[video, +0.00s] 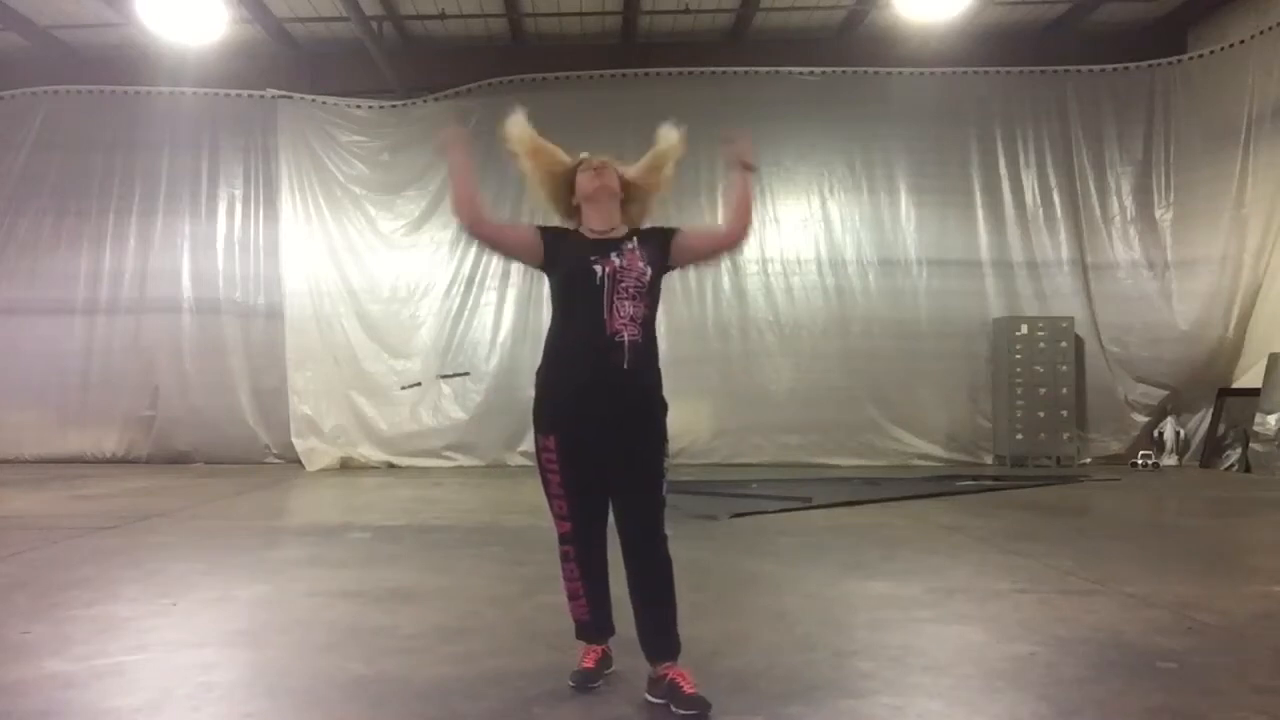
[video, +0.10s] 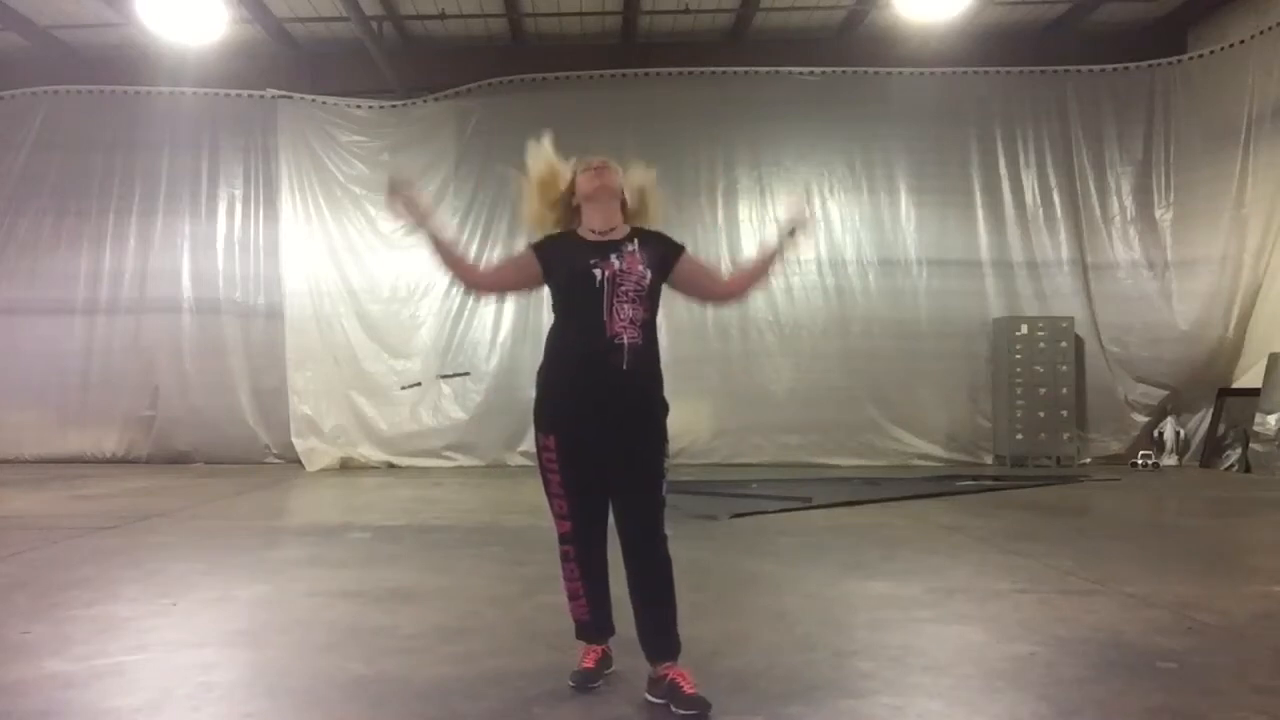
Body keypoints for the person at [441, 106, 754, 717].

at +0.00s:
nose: (596, 174)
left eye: (605, 168)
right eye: (585, 170)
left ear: (622, 186)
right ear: (573, 190)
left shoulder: (654, 244)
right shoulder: (555, 244)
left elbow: (731, 234)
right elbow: (476, 221)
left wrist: (742, 173)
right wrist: (459, 156)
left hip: (637, 411)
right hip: (567, 413)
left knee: (647, 538)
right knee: (579, 536)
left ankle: (665, 664)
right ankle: (594, 646)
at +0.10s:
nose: (599, 169)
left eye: (608, 167)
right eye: (587, 169)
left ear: (625, 189)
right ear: (573, 195)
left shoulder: (653, 247)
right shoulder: (556, 252)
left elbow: (721, 288)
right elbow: (478, 279)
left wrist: (779, 247)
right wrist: (424, 222)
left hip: (637, 413)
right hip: (568, 415)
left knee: (646, 537)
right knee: (579, 536)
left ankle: (665, 665)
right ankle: (593, 646)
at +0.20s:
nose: (596, 169)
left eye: (606, 166)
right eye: (586, 168)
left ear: (624, 186)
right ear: (573, 192)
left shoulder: (654, 248)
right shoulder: (559, 256)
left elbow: (700, 320)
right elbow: (507, 321)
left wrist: (749, 343)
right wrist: (445, 326)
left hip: (638, 413)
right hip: (569, 416)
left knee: (645, 536)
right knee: (579, 536)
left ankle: (665, 665)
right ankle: (593, 646)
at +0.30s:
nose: (595, 166)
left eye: (604, 162)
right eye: (583, 166)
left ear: (623, 184)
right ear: (571, 193)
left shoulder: (655, 246)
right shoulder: (559, 257)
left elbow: (681, 328)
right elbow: (526, 338)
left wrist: (703, 397)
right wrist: (473, 391)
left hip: (638, 415)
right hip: (568, 419)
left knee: (645, 537)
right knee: (578, 537)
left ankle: (664, 665)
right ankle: (592, 646)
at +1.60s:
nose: (630, 162)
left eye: (640, 156)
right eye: (619, 161)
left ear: (662, 175)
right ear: (608, 186)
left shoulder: (692, 240)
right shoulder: (592, 247)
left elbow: (725, 315)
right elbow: (561, 319)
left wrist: (718, 374)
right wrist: (555, 384)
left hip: (677, 407)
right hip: (607, 406)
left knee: (670, 527)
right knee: (604, 526)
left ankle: (662, 642)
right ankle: (598, 643)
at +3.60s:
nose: (632, 164)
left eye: (644, 159)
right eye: (623, 155)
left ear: (657, 178)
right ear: (604, 168)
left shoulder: (676, 239)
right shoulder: (575, 240)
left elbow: (699, 319)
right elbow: (528, 314)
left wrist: (726, 387)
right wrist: (505, 385)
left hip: (660, 405)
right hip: (590, 404)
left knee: (647, 523)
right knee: (592, 526)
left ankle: (633, 648)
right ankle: (598, 649)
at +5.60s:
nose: (635, 182)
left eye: (646, 173)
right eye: (626, 172)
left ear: (662, 183)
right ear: (608, 181)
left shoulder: (686, 246)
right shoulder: (584, 247)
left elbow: (707, 329)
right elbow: (558, 335)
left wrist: (728, 402)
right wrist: (531, 406)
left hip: (671, 411)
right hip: (601, 410)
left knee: (653, 526)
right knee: (601, 528)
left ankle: (635, 649)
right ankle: (599, 651)